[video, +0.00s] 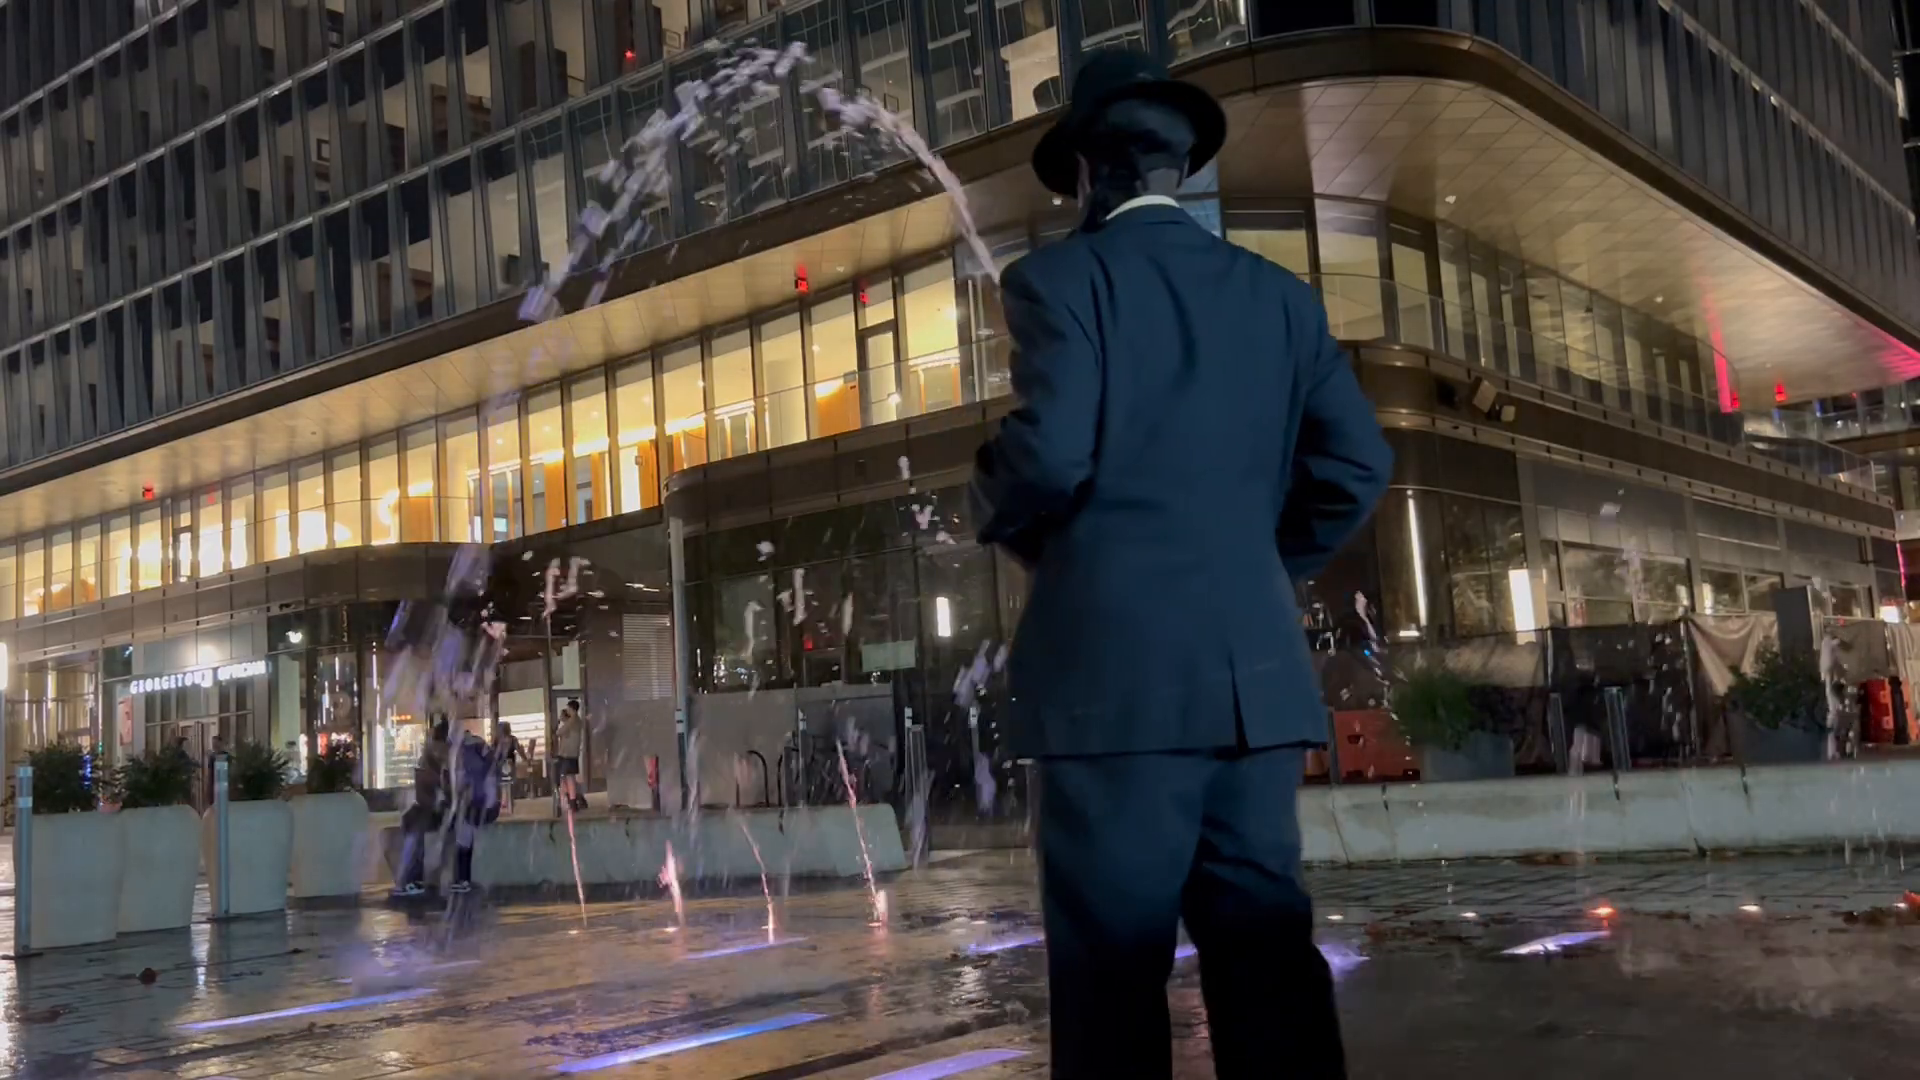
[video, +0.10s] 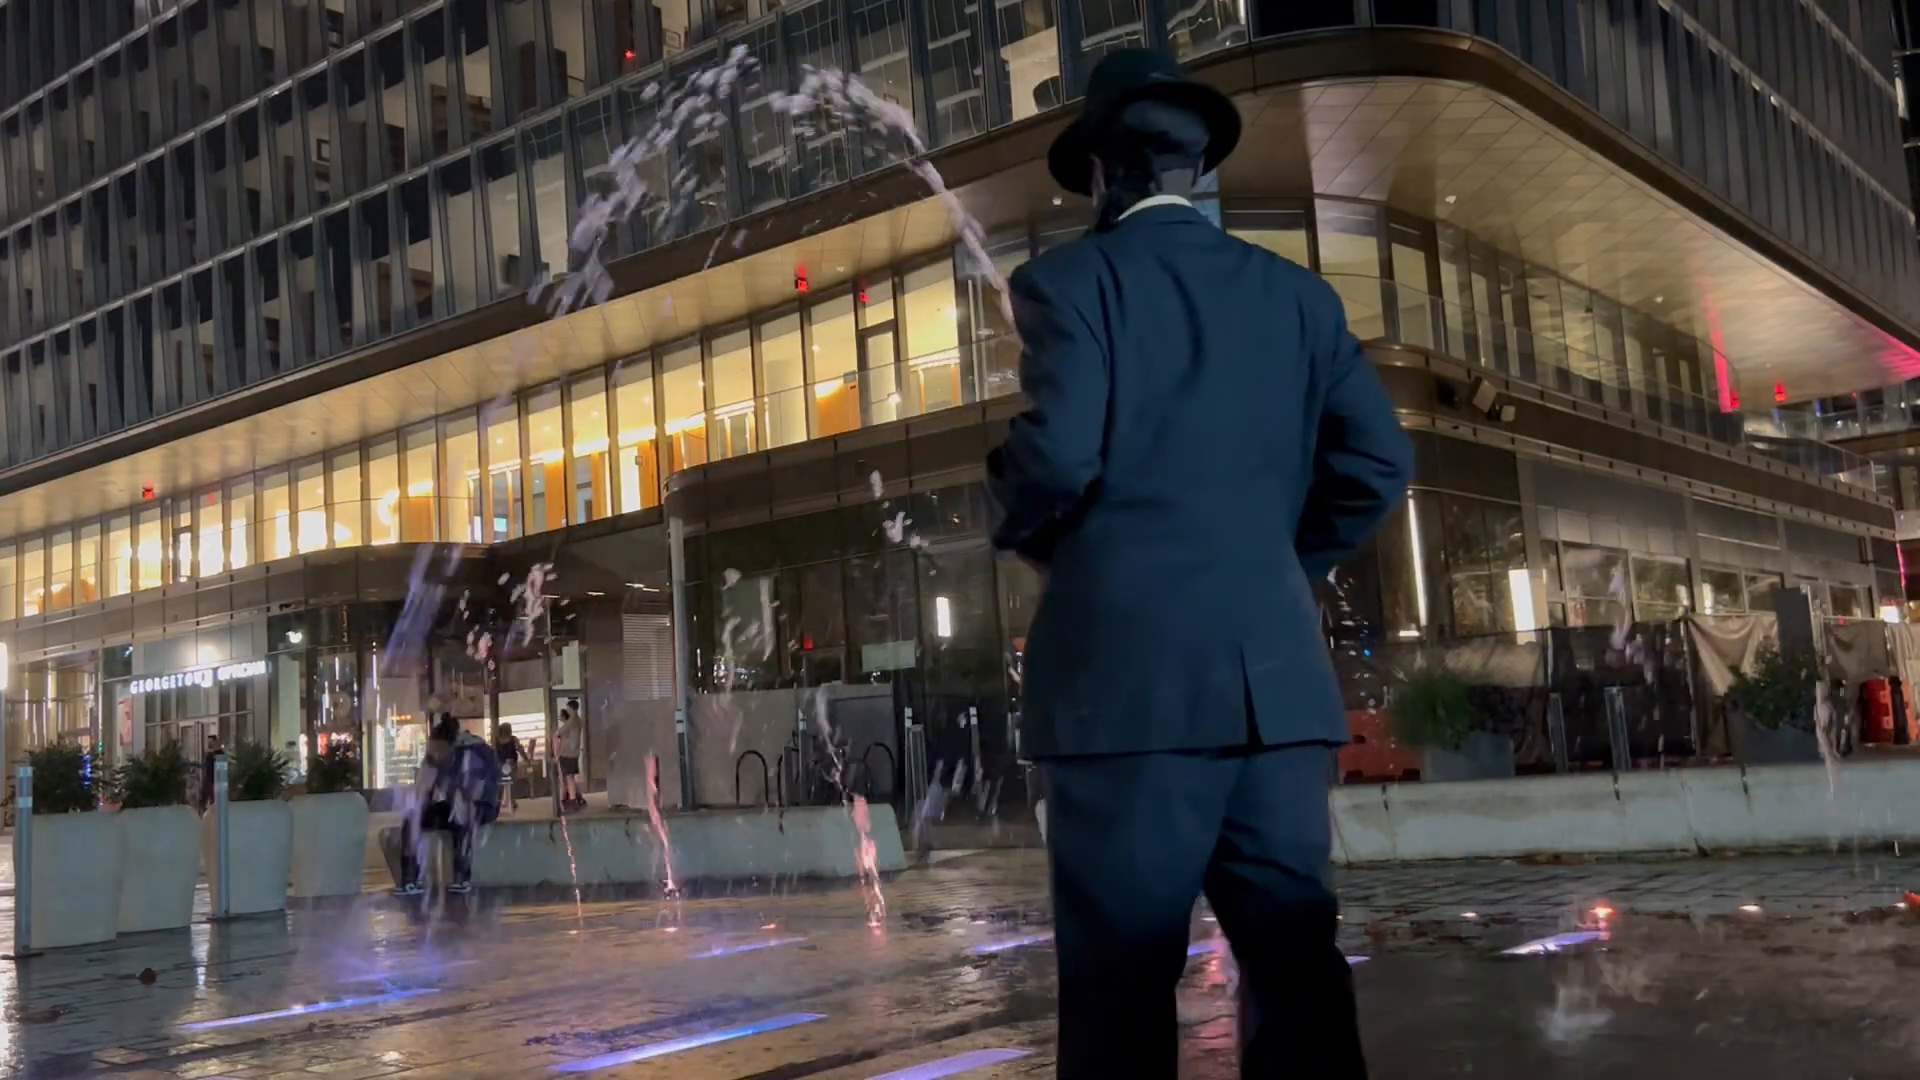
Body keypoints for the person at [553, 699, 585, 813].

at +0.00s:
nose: (567, 711)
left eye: (568, 709)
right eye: (567, 709)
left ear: (570, 709)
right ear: (577, 709)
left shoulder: (570, 722)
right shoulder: (579, 721)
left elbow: (559, 732)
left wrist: (560, 722)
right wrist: (565, 720)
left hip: (567, 753)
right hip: (573, 753)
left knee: (567, 777)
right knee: (570, 777)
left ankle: (572, 801)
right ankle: (573, 799)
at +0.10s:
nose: (567, 710)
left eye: (568, 708)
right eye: (568, 708)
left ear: (571, 708)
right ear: (576, 708)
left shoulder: (572, 721)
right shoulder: (578, 721)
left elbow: (561, 732)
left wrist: (557, 733)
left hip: (567, 753)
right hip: (573, 752)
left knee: (569, 778)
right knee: (570, 778)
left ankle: (572, 801)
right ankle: (577, 798)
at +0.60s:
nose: (563, 710)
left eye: (564, 708)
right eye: (564, 707)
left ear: (566, 708)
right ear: (573, 708)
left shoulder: (566, 719)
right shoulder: (575, 720)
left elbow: (557, 732)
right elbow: (573, 734)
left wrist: (551, 732)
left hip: (565, 752)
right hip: (573, 751)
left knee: (565, 777)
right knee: (570, 777)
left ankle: (570, 800)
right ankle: (572, 800)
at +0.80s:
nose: (561, 711)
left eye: (562, 708)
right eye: (561, 709)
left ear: (564, 708)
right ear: (570, 708)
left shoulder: (563, 720)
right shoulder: (573, 720)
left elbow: (553, 732)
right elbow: (569, 735)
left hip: (561, 753)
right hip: (569, 753)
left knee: (564, 779)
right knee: (570, 779)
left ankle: (565, 801)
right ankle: (572, 800)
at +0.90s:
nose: (560, 710)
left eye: (561, 708)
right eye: (561, 708)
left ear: (563, 708)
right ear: (569, 708)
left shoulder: (560, 720)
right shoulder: (572, 720)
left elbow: (552, 733)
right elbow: (571, 734)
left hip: (560, 753)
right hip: (568, 752)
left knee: (563, 779)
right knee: (570, 779)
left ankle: (564, 801)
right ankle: (572, 800)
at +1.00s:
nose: (558, 710)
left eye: (559, 708)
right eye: (559, 708)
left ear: (561, 708)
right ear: (568, 708)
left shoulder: (559, 721)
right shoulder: (571, 720)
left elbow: (551, 733)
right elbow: (568, 736)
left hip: (558, 754)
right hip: (568, 753)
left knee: (556, 781)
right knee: (570, 780)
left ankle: (556, 805)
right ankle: (572, 801)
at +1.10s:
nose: (558, 710)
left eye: (558, 708)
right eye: (558, 708)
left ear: (561, 708)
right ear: (567, 708)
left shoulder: (559, 720)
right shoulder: (570, 720)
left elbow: (552, 731)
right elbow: (570, 736)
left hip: (560, 754)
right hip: (568, 753)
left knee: (559, 779)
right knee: (570, 780)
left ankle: (558, 803)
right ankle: (571, 801)